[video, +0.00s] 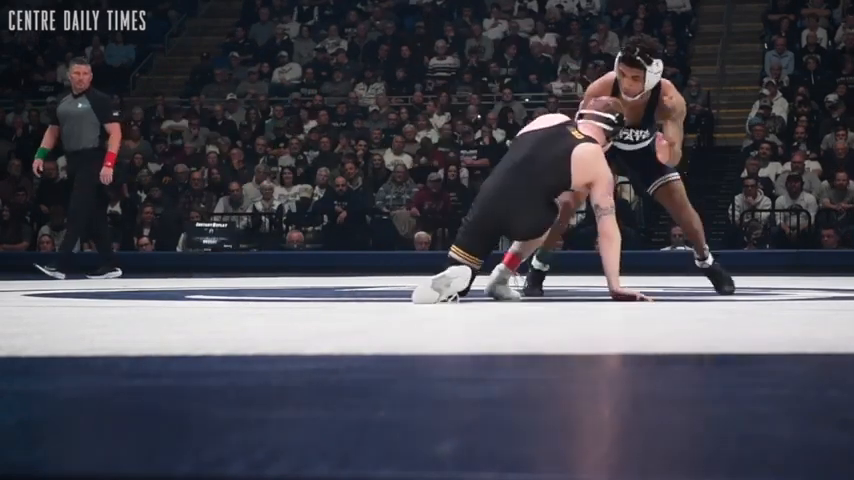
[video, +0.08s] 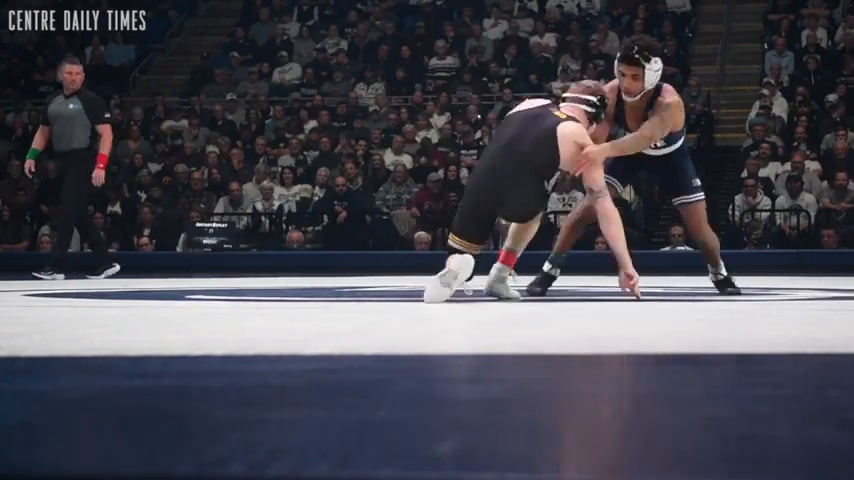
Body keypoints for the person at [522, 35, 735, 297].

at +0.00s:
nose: (628, 84)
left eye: (636, 79)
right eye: (623, 76)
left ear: (652, 77)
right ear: (617, 70)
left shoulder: (670, 98)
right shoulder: (600, 89)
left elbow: (675, 155)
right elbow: (583, 133)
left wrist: (666, 155)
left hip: (645, 153)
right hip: (603, 150)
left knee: (684, 211)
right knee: (566, 205)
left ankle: (706, 261)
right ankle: (538, 268)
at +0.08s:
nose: (627, 83)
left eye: (635, 78)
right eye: (623, 75)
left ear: (651, 77)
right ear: (617, 71)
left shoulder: (668, 100)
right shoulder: (610, 92)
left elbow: (644, 138)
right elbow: (599, 132)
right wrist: (584, 150)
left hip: (671, 159)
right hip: (628, 156)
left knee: (699, 232)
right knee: (586, 210)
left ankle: (719, 273)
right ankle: (550, 269)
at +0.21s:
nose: (608, 86)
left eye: (614, 78)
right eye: (604, 79)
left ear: (631, 75)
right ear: (600, 76)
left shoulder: (650, 89)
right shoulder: (607, 94)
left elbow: (622, 147)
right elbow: (610, 139)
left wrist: (584, 126)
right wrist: (569, 141)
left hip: (697, 155)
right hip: (661, 157)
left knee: (712, 236)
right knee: (601, 188)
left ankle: (762, 246)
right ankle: (636, 252)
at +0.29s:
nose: (608, 98)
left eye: (614, 90)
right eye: (603, 91)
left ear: (631, 83)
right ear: (600, 87)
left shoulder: (647, 101)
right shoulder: (610, 107)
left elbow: (616, 156)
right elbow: (607, 161)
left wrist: (579, 125)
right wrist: (562, 184)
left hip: (705, 172)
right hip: (668, 178)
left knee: (738, 245)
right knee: (606, 207)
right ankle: (659, 259)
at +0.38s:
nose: (601, 101)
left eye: (606, 93)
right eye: (595, 95)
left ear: (623, 90)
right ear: (594, 97)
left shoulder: (639, 113)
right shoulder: (607, 130)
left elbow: (603, 171)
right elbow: (594, 180)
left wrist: (586, 133)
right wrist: (549, 206)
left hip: (704, 196)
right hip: (667, 208)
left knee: (762, 265)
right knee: (609, 232)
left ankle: (817, 276)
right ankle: (668, 265)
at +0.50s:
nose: (584, 114)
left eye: (591, 105)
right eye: (578, 108)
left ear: (608, 102)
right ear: (573, 112)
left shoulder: (631, 123)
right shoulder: (585, 151)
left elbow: (598, 170)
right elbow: (539, 202)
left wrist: (571, 125)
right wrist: (484, 212)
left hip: (686, 218)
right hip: (648, 238)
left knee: (732, 274)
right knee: (601, 290)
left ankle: (786, 274)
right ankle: (651, 279)